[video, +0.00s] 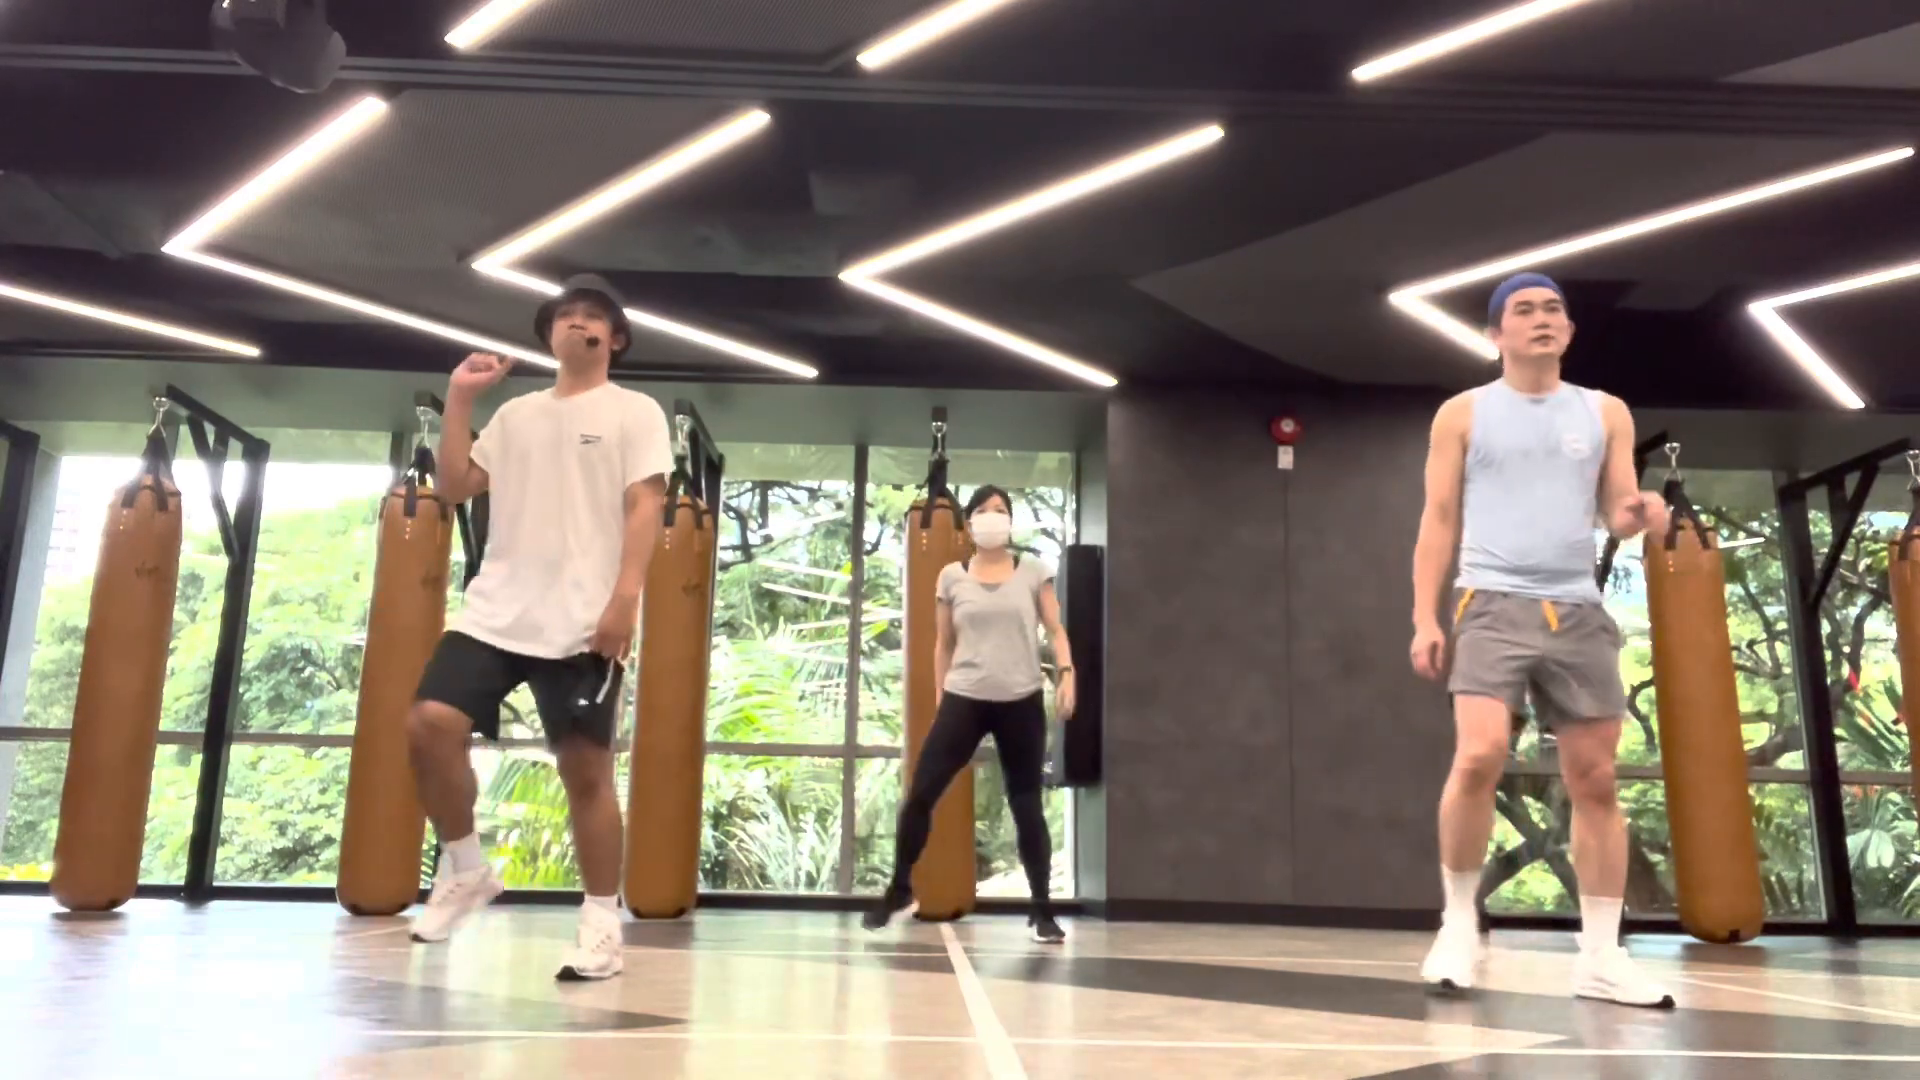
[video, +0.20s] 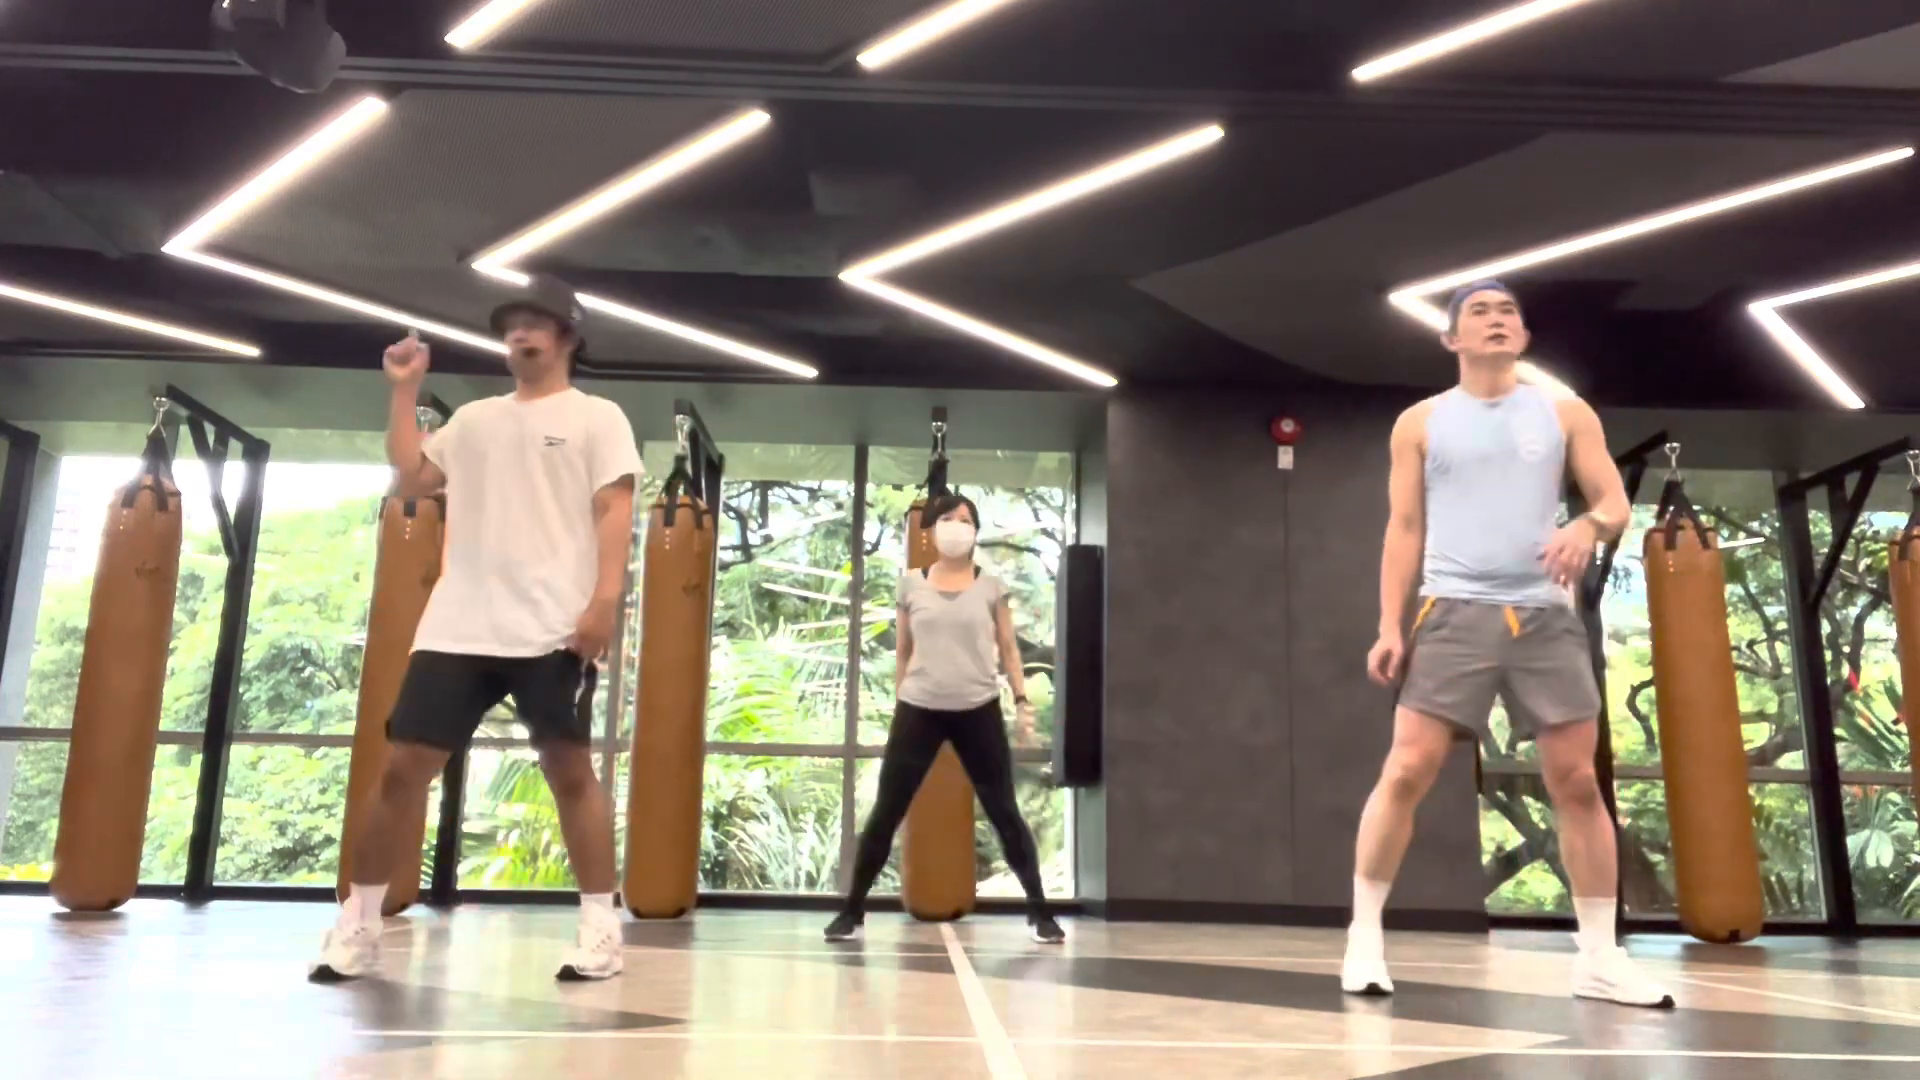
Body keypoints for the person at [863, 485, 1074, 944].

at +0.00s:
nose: (993, 519)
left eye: (1000, 512)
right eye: (984, 512)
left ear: (1011, 523)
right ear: (970, 524)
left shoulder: (1032, 571)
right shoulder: (952, 576)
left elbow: (1054, 628)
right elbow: (943, 641)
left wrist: (1067, 677)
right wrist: (943, 695)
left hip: (1021, 701)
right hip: (963, 699)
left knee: (1027, 806)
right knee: (921, 795)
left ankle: (1042, 911)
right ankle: (900, 888)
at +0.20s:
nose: (961, 527)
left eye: (967, 521)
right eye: (951, 520)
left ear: (977, 534)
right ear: (931, 533)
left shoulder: (991, 585)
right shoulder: (911, 583)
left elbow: (1009, 647)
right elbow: (903, 651)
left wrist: (1022, 702)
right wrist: (902, 702)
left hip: (978, 709)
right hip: (919, 709)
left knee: (1004, 811)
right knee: (886, 811)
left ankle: (1039, 910)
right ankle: (852, 910)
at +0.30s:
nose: (937, 523)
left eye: (946, 518)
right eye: (928, 516)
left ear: (958, 532)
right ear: (912, 528)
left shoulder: (968, 584)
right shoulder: (890, 584)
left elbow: (980, 650)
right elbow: (873, 647)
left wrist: (994, 707)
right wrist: (858, 703)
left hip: (949, 709)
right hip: (891, 707)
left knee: (988, 806)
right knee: (874, 810)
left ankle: (1029, 902)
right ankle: (851, 910)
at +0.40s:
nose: (925, 516)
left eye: (935, 511)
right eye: (916, 508)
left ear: (946, 527)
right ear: (901, 521)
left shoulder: (956, 578)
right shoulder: (874, 568)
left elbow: (961, 643)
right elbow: (847, 631)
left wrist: (964, 696)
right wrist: (831, 689)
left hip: (934, 700)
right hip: (875, 699)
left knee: (960, 795)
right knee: (866, 806)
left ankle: (991, 891)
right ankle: (850, 910)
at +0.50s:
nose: (917, 514)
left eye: (926, 509)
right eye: (909, 507)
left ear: (938, 523)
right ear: (894, 519)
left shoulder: (946, 576)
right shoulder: (867, 562)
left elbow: (948, 640)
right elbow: (833, 623)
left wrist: (944, 689)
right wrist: (810, 677)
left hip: (926, 695)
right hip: (869, 695)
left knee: (926, 792)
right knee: (861, 807)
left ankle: (938, 894)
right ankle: (851, 911)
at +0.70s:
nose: (916, 520)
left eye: (924, 515)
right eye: (906, 513)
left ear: (933, 530)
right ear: (889, 526)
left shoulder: (940, 582)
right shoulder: (862, 567)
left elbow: (938, 645)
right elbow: (830, 627)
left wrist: (936, 690)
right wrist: (803, 680)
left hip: (917, 701)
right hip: (863, 699)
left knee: (912, 797)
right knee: (858, 805)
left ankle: (901, 899)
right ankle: (850, 910)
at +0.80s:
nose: (920, 516)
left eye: (929, 511)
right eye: (910, 509)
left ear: (937, 526)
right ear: (893, 521)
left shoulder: (943, 579)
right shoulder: (868, 560)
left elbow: (942, 643)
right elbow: (835, 621)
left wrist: (944, 689)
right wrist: (816, 676)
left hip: (923, 698)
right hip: (868, 698)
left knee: (945, 785)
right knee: (861, 805)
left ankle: (931, 890)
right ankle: (849, 910)